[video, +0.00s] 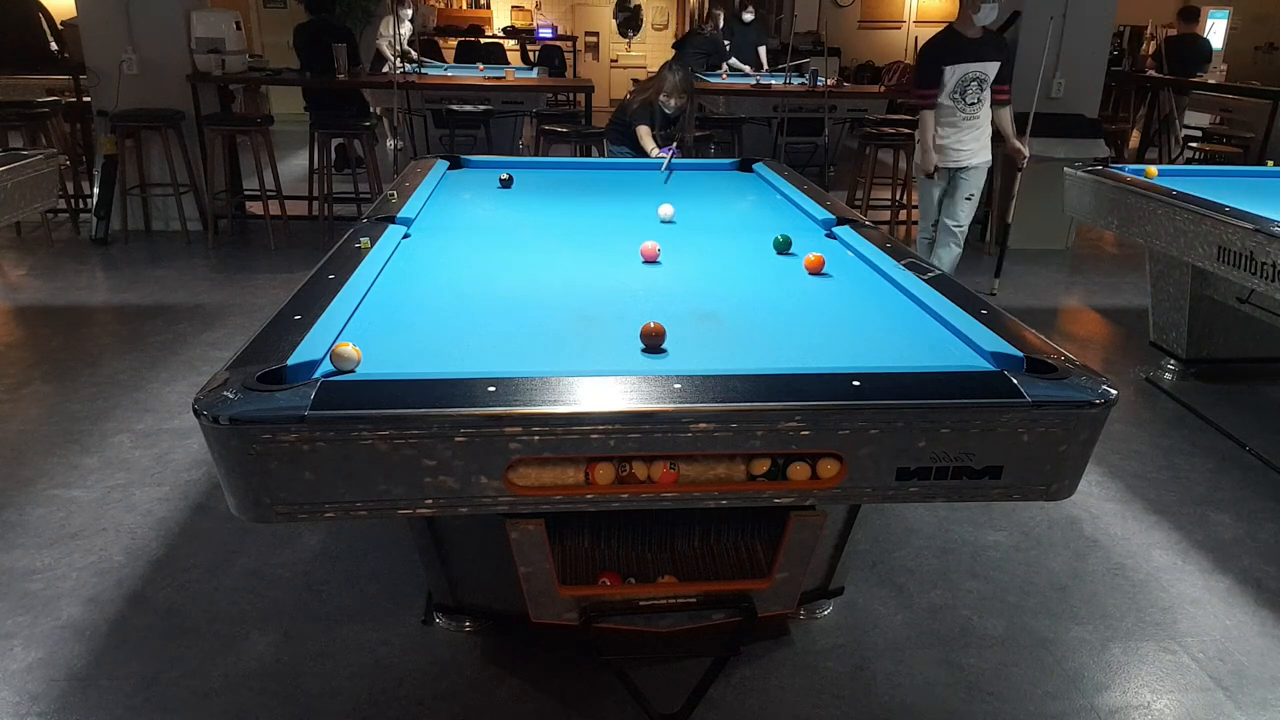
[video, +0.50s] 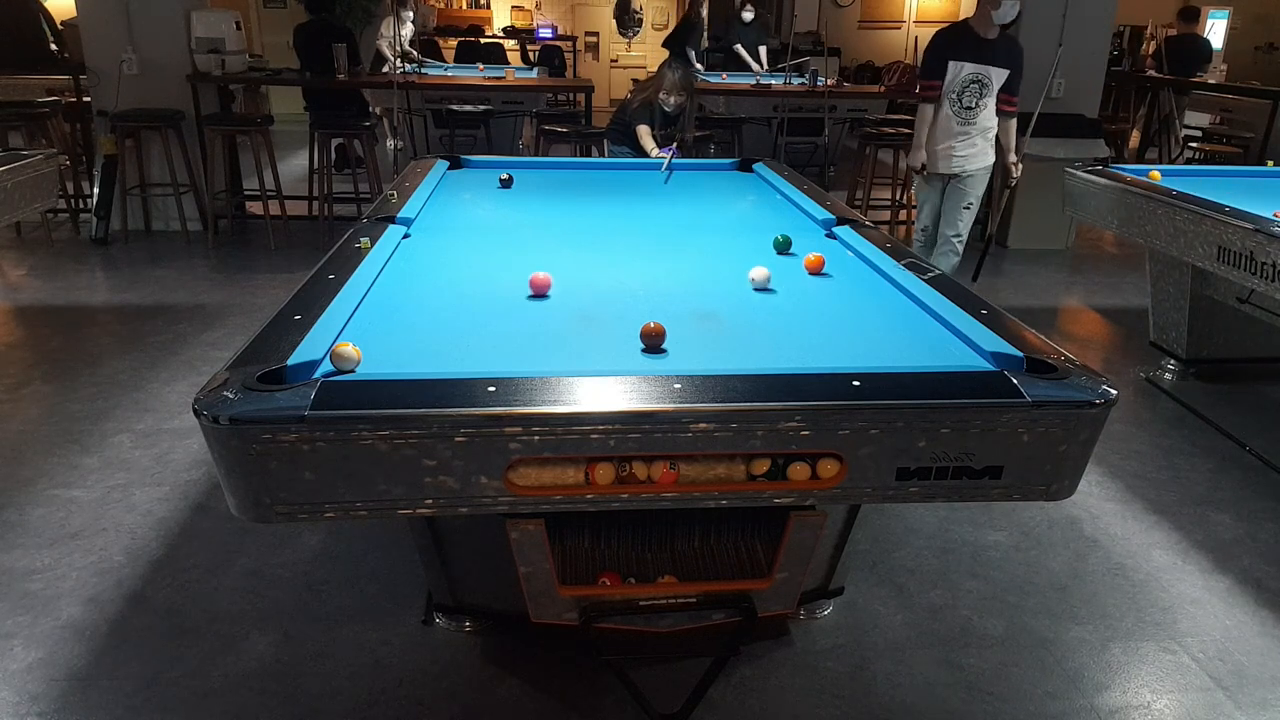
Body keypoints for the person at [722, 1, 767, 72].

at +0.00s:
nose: (749, 16)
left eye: (751, 13)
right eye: (746, 13)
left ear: (755, 13)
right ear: (741, 12)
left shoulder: (757, 25)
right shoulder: (732, 24)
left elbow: (761, 46)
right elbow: (725, 44)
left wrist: (765, 65)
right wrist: (724, 63)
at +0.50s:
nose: (747, 15)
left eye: (750, 12)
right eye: (745, 11)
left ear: (754, 14)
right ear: (740, 12)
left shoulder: (758, 26)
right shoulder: (734, 25)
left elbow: (762, 46)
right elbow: (736, 46)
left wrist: (765, 65)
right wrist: (753, 64)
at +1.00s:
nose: (741, 11)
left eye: (744, 8)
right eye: (739, 8)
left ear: (750, 12)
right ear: (736, 10)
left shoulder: (757, 25)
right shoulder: (732, 26)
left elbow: (762, 45)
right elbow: (738, 45)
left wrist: (765, 65)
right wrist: (751, 63)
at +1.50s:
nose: (736, 11)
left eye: (739, 7)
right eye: (735, 7)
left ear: (747, 10)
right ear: (732, 10)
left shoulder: (756, 25)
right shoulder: (730, 25)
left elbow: (761, 46)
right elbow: (734, 46)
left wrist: (765, 66)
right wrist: (748, 64)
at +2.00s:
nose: (731, 9)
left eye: (734, 6)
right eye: (729, 6)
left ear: (742, 10)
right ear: (727, 9)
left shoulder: (753, 25)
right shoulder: (726, 26)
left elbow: (758, 46)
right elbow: (724, 43)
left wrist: (764, 65)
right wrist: (728, 54)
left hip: (752, 70)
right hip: (733, 70)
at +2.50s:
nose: (732, 10)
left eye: (736, 7)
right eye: (731, 7)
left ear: (743, 9)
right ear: (728, 9)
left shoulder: (753, 26)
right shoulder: (726, 26)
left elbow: (759, 47)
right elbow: (721, 47)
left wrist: (765, 66)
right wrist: (716, 65)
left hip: (750, 72)